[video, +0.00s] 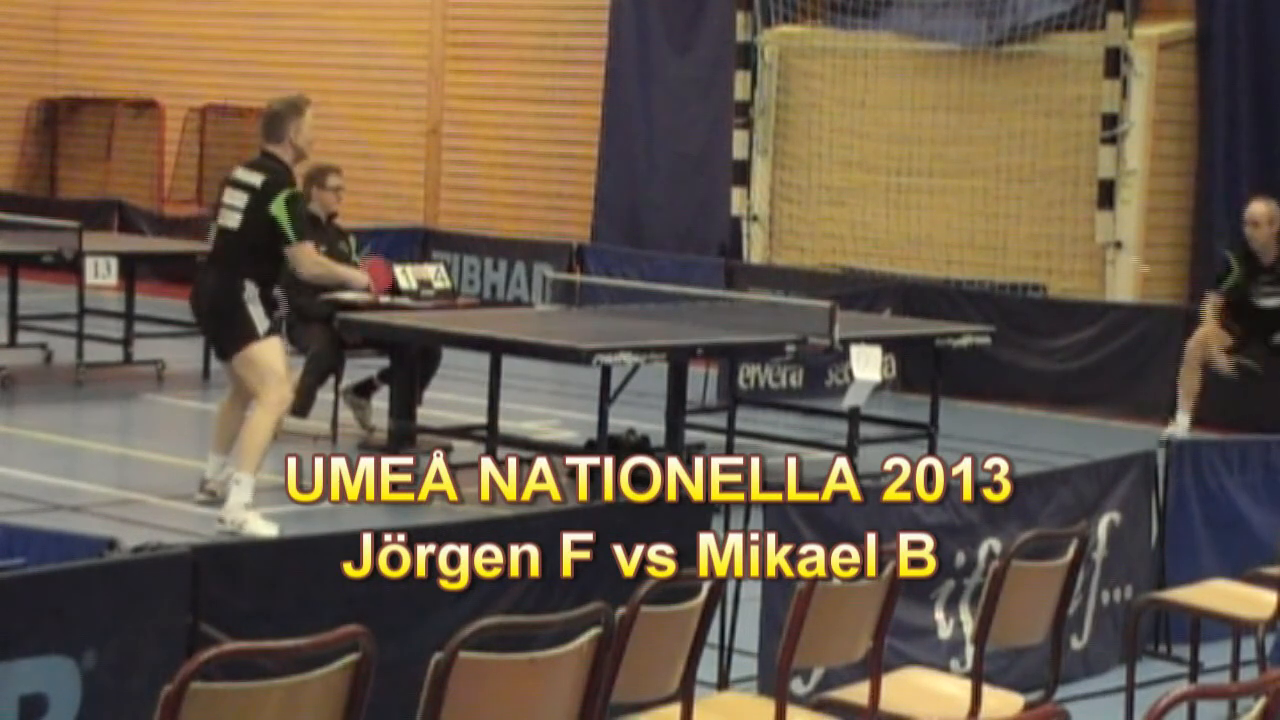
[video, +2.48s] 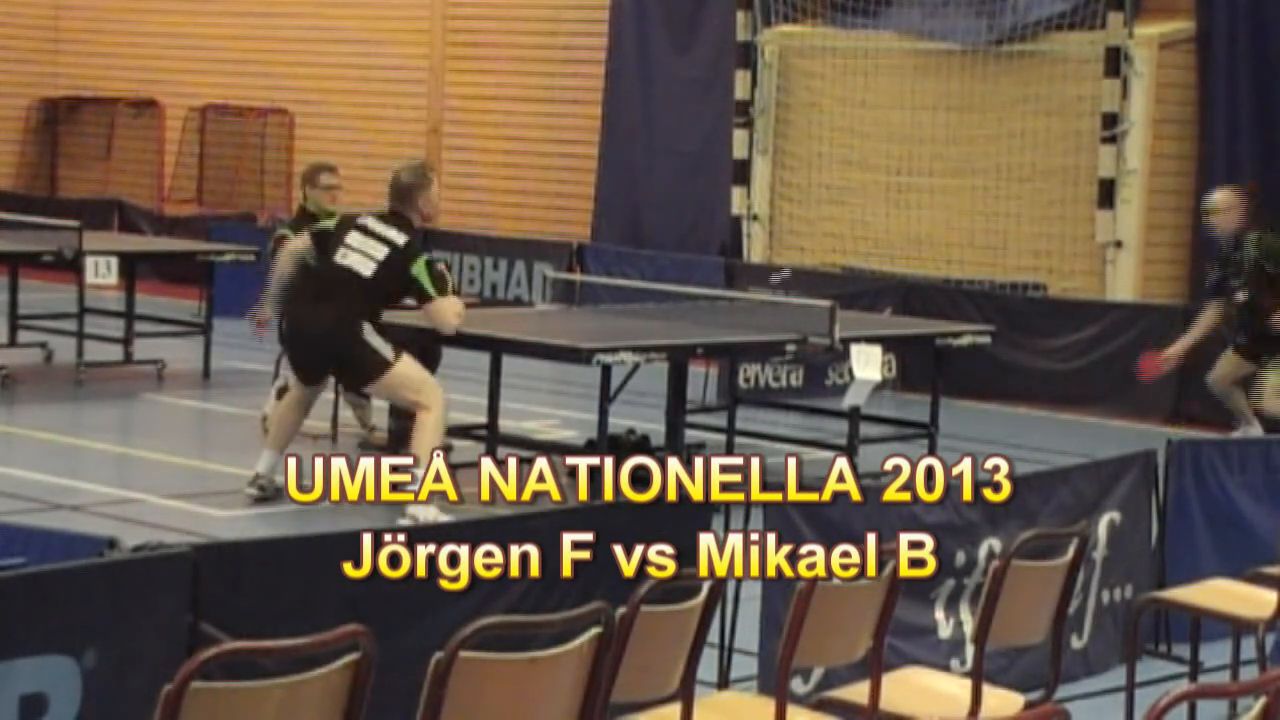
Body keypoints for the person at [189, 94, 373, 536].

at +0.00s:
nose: (313, 135)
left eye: (311, 126)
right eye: (309, 127)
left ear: (270, 132)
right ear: (292, 132)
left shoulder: (243, 172)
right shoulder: (280, 187)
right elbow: (305, 262)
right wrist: (356, 277)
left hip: (211, 287)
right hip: (237, 293)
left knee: (244, 388)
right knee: (276, 390)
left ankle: (216, 474)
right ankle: (238, 503)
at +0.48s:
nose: (323, 161)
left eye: (320, 153)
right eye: (318, 153)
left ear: (286, 158)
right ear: (302, 157)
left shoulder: (265, 193)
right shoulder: (284, 213)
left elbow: (289, 275)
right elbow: (296, 287)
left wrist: (327, 300)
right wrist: (336, 304)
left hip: (223, 306)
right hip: (233, 312)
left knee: (261, 395)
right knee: (294, 399)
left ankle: (216, 475)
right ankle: (237, 502)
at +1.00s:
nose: (351, 149)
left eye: (350, 142)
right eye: (348, 142)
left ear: (305, 145)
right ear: (336, 147)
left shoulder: (264, 174)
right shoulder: (335, 201)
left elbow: (208, 218)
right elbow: (400, 236)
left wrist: (219, 256)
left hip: (214, 281)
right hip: (253, 289)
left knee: (233, 384)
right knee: (301, 393)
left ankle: (217, 480)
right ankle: (245, 492)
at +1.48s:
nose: (361, 155)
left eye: (359, 147)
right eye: (357, 148)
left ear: (319, 153)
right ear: (339, 154)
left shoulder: (286, 192)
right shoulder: (329, 210)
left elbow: (274, 255)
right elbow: (368, 280)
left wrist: (316, 294)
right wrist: (415, 289)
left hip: (252, 308)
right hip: (286, 315)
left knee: (280, 387)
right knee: (363, 397)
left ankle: (244, 477)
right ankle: (333, 504)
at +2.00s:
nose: (400, 180)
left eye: (398, 173)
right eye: (396, 174)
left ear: (358, 176)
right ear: (385, 182)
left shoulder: (318, 197)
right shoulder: (377, 232)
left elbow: (257, 240)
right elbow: (425, 290)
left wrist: (268, 280)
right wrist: (466, 289)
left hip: (249, 301)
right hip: (289, 311)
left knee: (263, 388)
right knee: (360, 399)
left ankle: (244, 475)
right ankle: (333, 503)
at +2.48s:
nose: (438, 200)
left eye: (436, 193)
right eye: (434, 193)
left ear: (394, 196)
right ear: (420, 200)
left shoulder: (354, 222)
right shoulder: (413, 249)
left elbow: (290, 250)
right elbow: (447, 321)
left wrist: (271, 303)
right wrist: (452, 296)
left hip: (298, 324)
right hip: (345, 333)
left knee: (304, 386)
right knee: (431, 400)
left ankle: (263, 472)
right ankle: (422, 498)